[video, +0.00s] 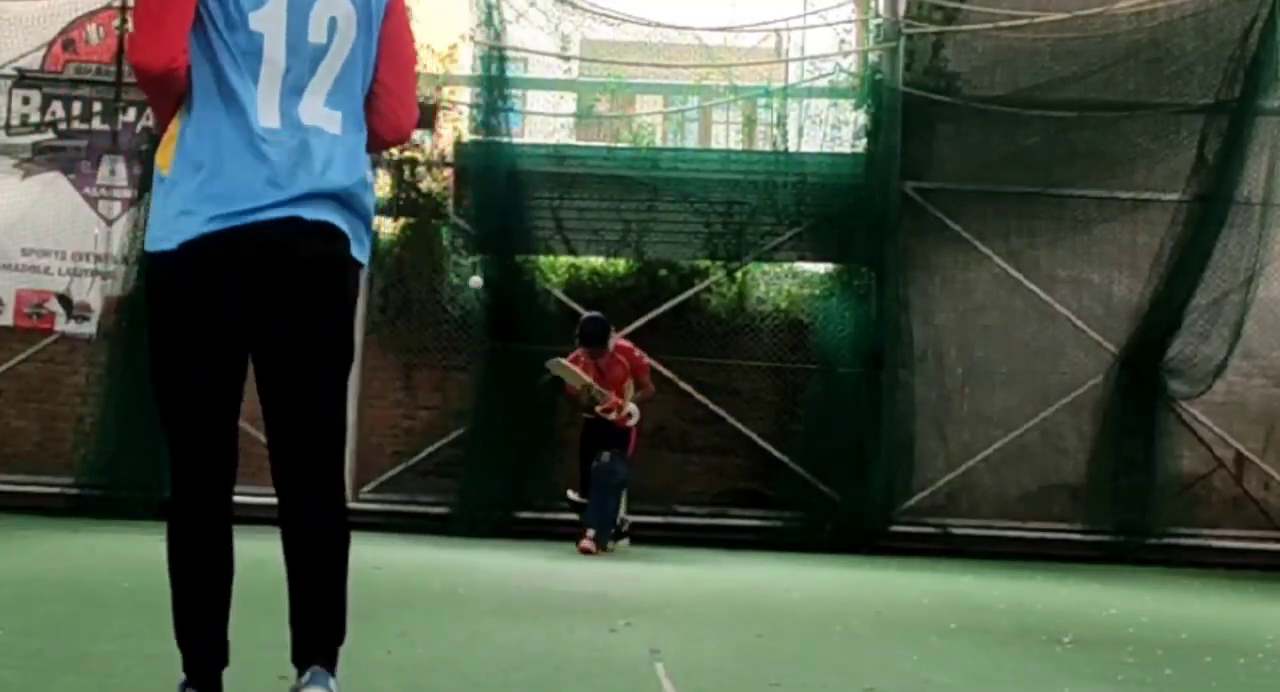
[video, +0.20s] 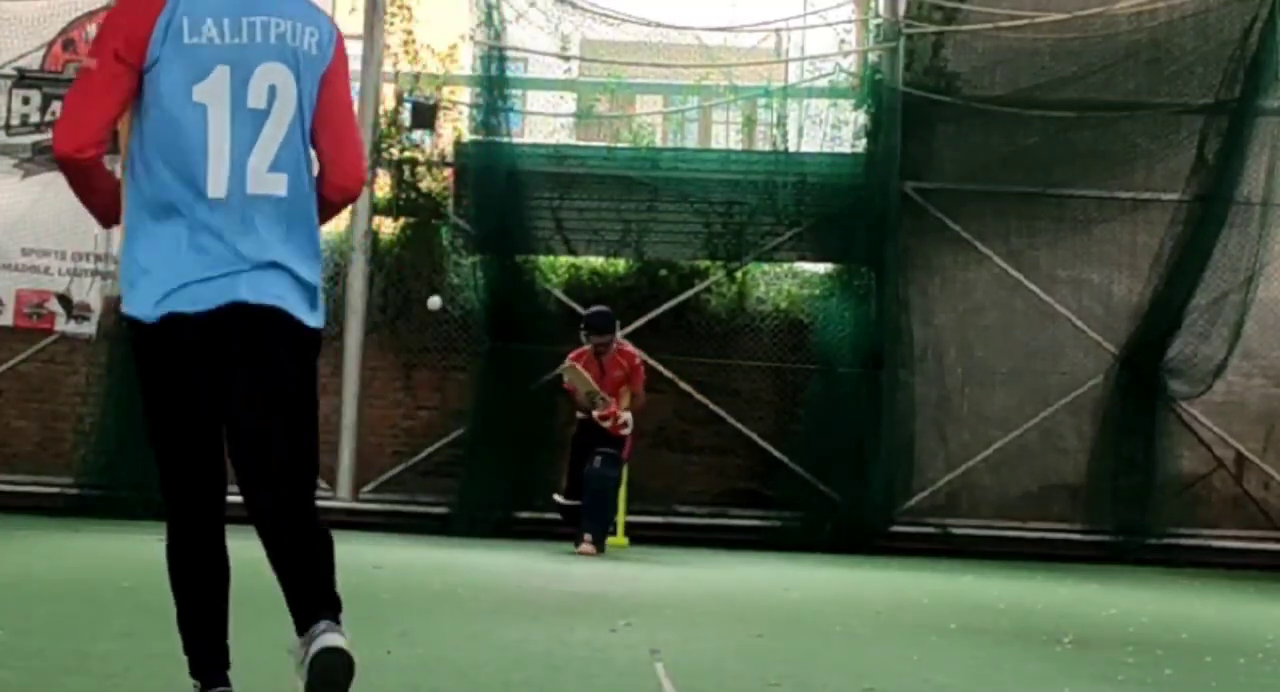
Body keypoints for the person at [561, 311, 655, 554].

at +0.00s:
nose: (595, 357)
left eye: (600, 351)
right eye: (590, 352)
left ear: (610, 340)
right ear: (582, 345)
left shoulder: (629, 354)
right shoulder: (577, 361)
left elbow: (648, 388)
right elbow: (576, 398)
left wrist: (628, 402)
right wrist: (584, 395)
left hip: (621, 421)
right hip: (592, 419)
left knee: (610, 474)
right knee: (589, 476)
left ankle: (595, 533)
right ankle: (601, 529)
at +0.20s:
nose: (601, 350)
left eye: (606, 344)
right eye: (596, 344)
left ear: (614, 336)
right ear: (586, 338)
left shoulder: (630, 358)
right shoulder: (576, 359)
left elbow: (637, 392)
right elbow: (573, 393)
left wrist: (628, 411)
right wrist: (593, 408)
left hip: (616, 425)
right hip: (587, 423)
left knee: (601, 476)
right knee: (578, 481)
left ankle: (592, 536)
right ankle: (584, 534)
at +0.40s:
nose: (603, 321)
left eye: (609, 315)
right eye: (598, 315)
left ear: (618, 318)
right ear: (590, 318)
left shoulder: (631, 351)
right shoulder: (578, 348)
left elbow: (633, 389)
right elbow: (575, 385)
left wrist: (629, 420)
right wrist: (576, 416)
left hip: (616, 409)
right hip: (587, 408)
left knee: (605, 472)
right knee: (577, 469)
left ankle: (594, 534)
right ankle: (583, 531)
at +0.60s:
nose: (604, 302)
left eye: (610, 297)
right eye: (599, 297)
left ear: (621, 300)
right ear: (592, 300)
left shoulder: (633, 339)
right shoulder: (579, 332)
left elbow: (636, 383)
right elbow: (565, 371)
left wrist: (638, 421)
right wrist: (546, 406)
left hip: (614, 404)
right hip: (583, 402)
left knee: (603, 466)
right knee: (573, 464)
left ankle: (593, 535)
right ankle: (583, 530)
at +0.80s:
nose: (607, 294)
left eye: (613, 289)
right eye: (603, 288)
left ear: (623, 295)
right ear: (595, 292)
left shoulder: (633, 335)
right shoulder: (579, 326)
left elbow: (639, 379)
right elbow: (557, 358)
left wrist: (641, 416)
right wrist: (547, 391)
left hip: (615, 400)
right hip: (585, 398)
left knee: (603, 462)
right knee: (575, 461)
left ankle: (593, 534)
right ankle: (584, 529)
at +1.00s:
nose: (614, 295)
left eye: (621, 291)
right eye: (611, 288)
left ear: (627, 298)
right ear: (601, 292)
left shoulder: (633, 331)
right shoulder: (580, 324)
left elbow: (638, 368)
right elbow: (561, 364)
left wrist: (640, 396)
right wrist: (578, 366)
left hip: (620, 396)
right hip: (590, 395)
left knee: (613, 459)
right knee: (585, 458)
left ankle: (601, 527)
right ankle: (587, 525)